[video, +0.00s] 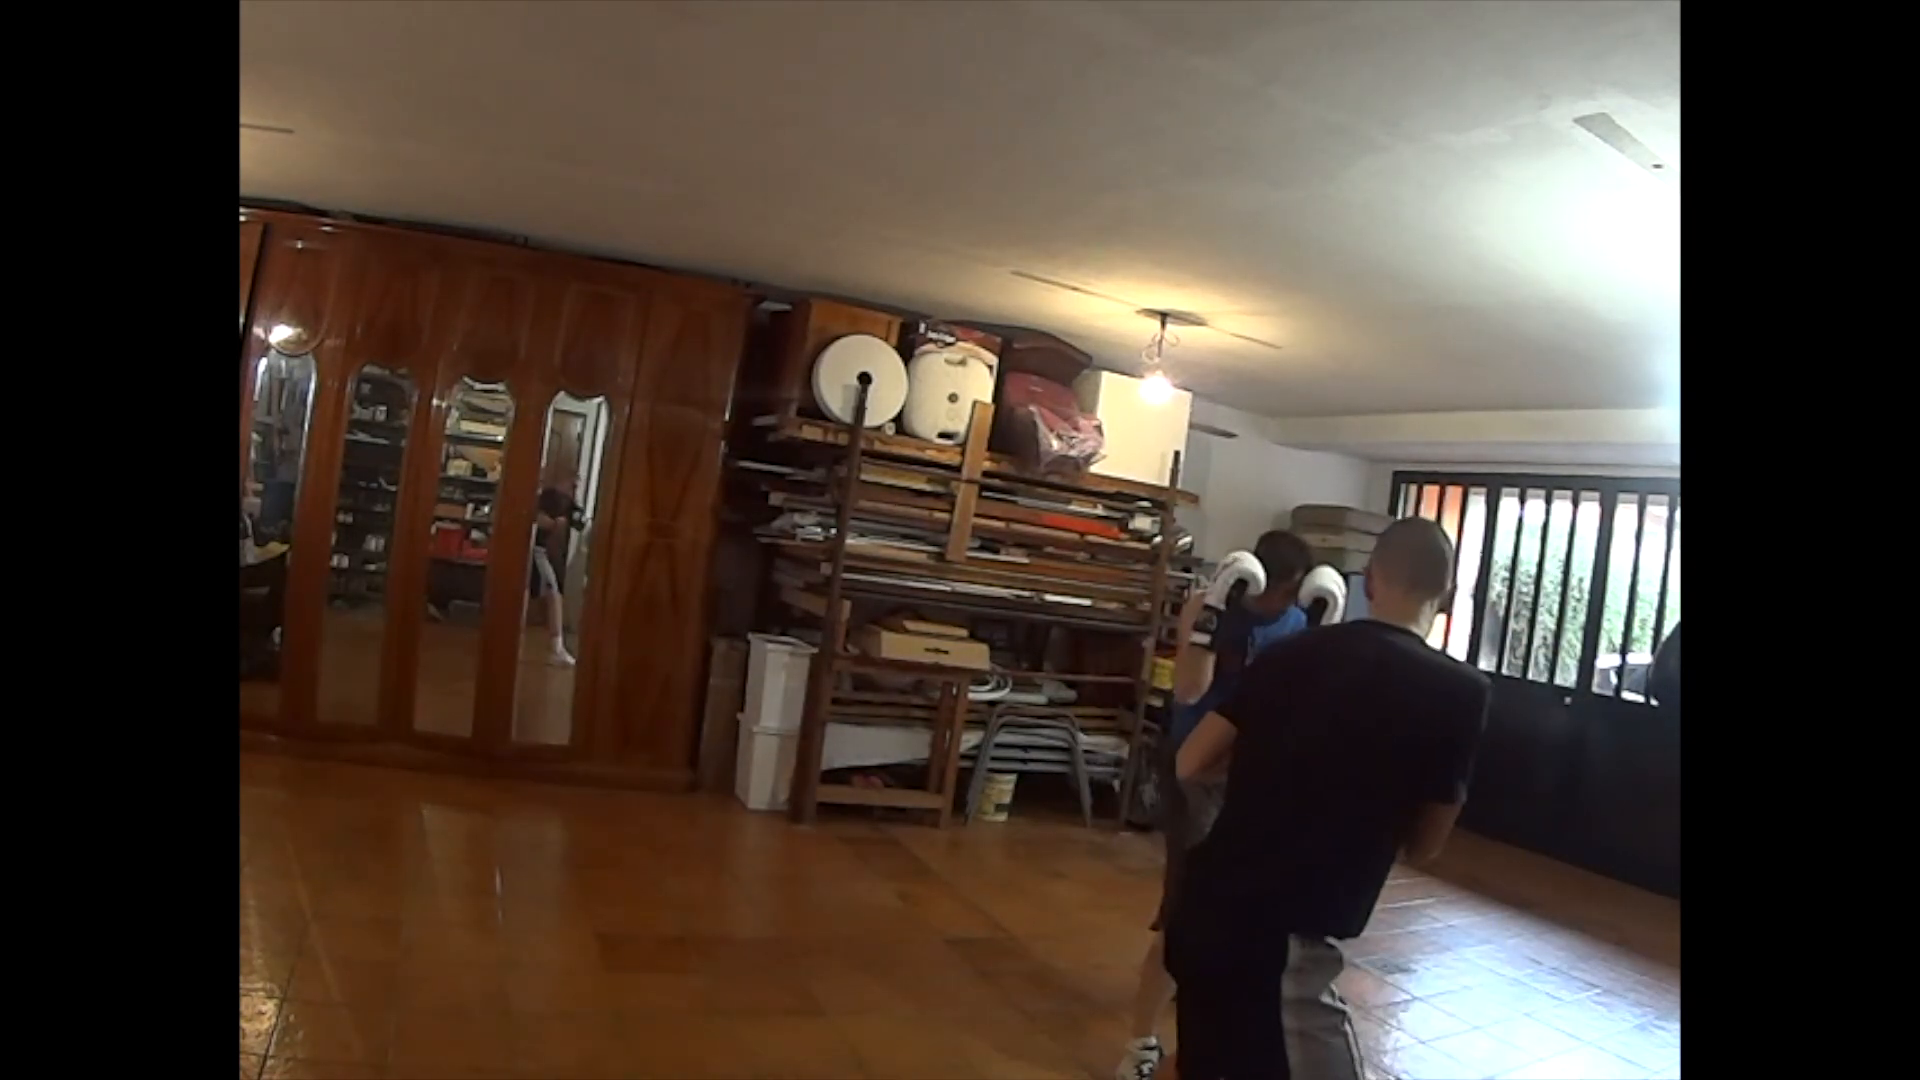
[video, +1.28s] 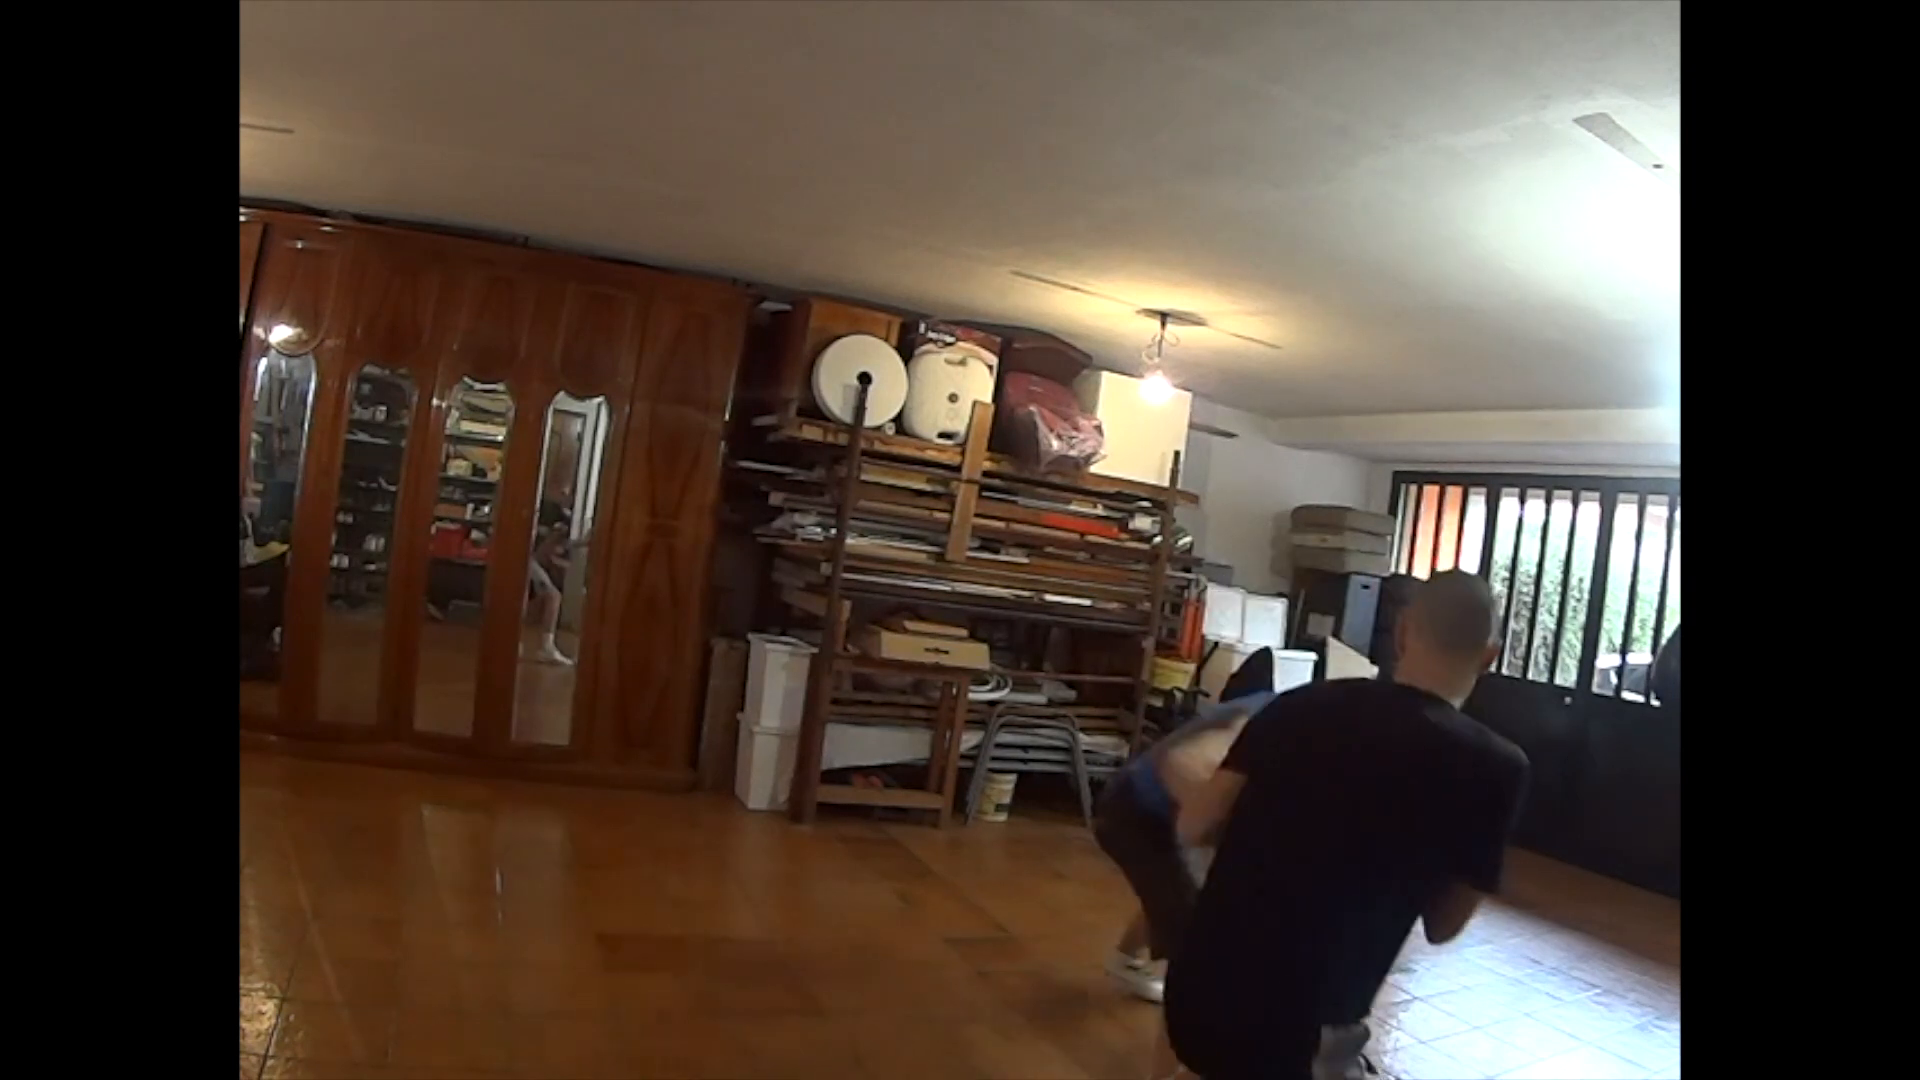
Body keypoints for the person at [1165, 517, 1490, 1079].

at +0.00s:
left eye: (1370, 573)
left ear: (1370, 579)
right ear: (1447, 597)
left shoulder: (1294, 653)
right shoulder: (1460, 689)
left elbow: (1191, 763)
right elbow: (1425, 847)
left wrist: (1271, 756)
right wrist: (1368, 787)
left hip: (1211, 910)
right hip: (1303, 946)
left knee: (1208, 1065)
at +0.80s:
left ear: (1384, 572)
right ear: (1467, 595)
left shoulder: (1298, 655)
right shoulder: (1479, 701)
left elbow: (1198, 770)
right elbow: (1444, 857)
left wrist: (1276, 774)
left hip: (1218, 927)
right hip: (1315, 963)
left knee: (1213, 1065)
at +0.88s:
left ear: (1375, 576)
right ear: (1455, 598)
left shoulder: (1299, 656)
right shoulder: (1474, 691)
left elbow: (1200, 777)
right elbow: (1445, 856)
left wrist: (1271, 786)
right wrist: (1388, 800)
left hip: (1213, 924)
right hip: (1311, 959)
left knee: (1213, 1057)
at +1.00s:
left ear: (1371, 591)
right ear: (1447, 610)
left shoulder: (1298, 663)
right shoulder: (1460, 701)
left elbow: (1199, 749)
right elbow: (1436, 858)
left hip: (1203, 937)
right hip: (1302, 965)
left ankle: (1202, 1061)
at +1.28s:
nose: (1397, 635)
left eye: (1399, 625)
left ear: (1403, 632)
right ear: (1490, 659)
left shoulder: (1305, 704)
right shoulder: (1493, 765)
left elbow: (1197, 823)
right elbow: (1443, 924)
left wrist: (1185, 768)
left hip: (1199, 994)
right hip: (1309, 1031)